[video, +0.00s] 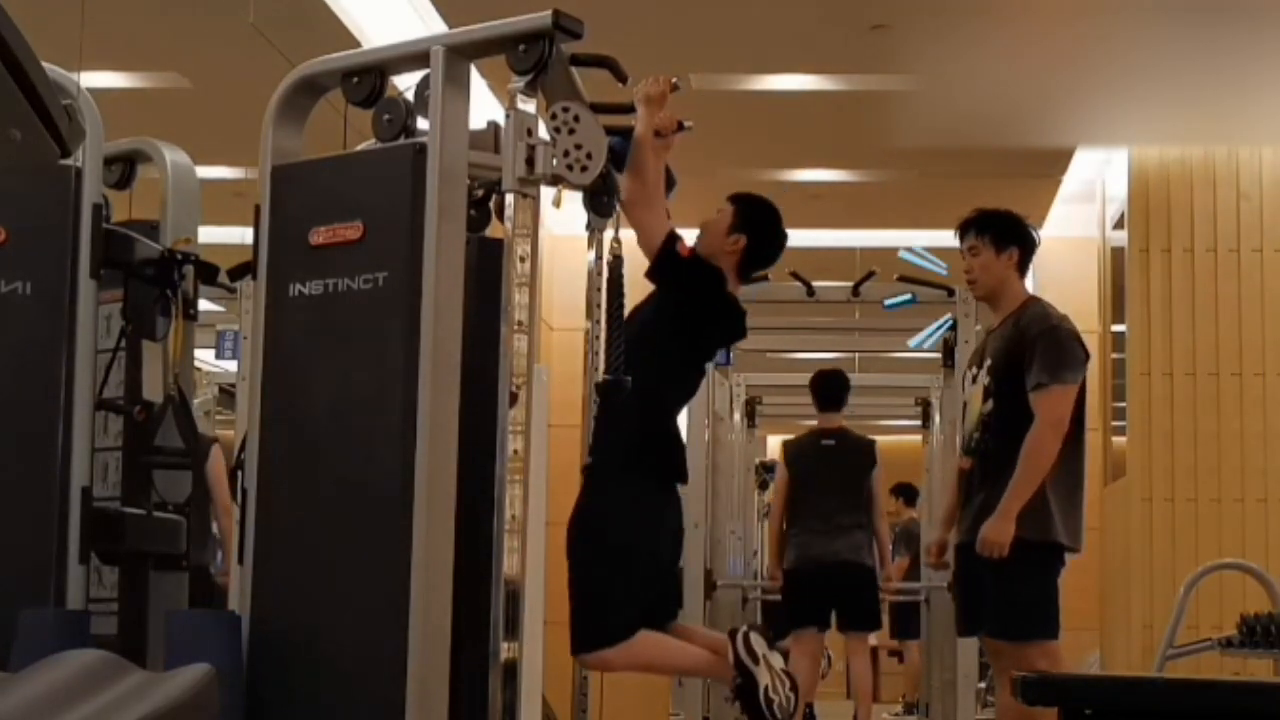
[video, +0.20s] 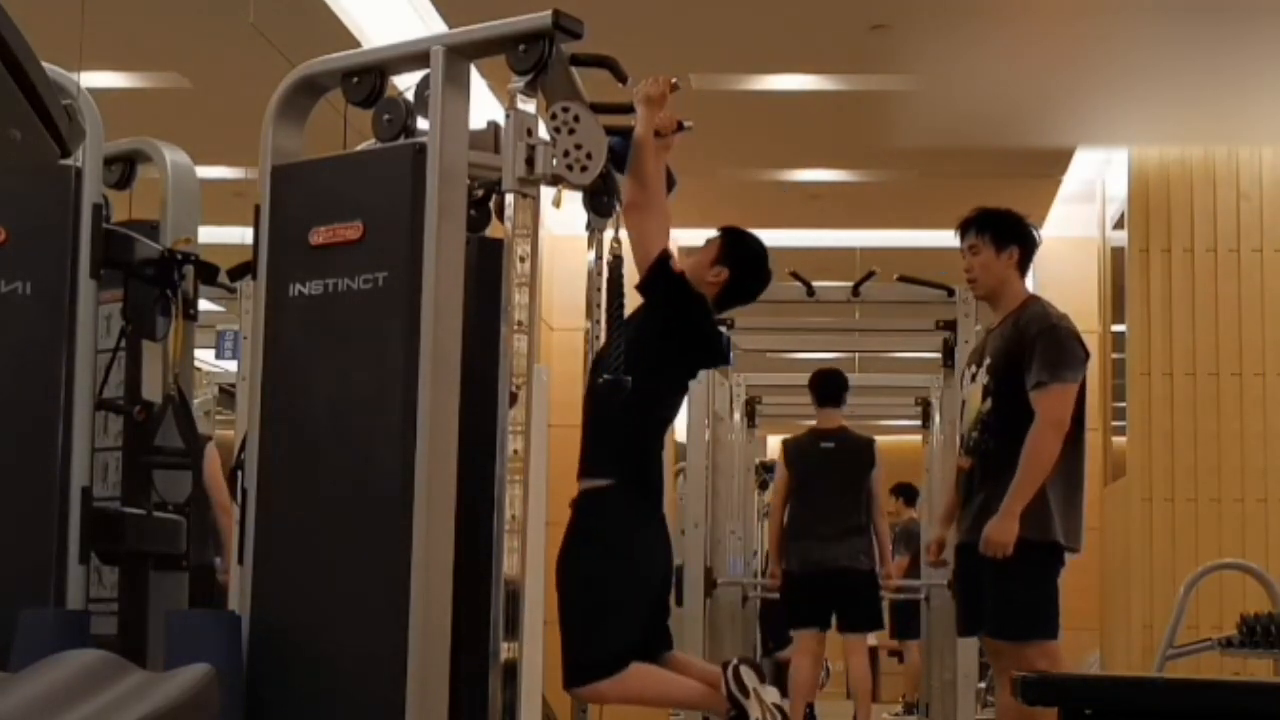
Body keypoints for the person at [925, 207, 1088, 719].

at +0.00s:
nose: (966, 267)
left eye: (975, 253)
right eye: (964, 256)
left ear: (1012, 257)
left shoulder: (1047, 330)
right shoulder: (994, 340)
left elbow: (1051, 428)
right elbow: (974, 445)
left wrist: (1005, 514)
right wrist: (947, 524)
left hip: (1029, 529)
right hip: (992, 529)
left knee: (1037, 673)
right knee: (1004, 667)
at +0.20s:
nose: (966, 266)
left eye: (975, 253)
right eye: (964, 255)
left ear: (1012, 255)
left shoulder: (1047, 328)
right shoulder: (993, 339)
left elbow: (1052, 426)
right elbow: (975, 440)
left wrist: (1009, 513)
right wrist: (946, 520)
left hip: (1029, 527)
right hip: (990, 528)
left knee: (1037, 669)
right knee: (1003, 664)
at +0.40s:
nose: (966, 264)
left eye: (976, 250)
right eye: (965, 252)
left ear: (1011, 253)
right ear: (999, 258)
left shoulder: (1046, 326)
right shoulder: (990, 341)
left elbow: (1053, 427)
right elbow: (969, 442)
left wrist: (1020, 513)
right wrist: (933, 522)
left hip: (1027, 530)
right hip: (987, 529)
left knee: (1038, 667)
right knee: (1003, 664)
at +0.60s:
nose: (966, 261)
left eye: (976, 248)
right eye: (965, 250)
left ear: (1012, 251)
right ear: (998, 255)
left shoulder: (1047, 325)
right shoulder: (989, 339)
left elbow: (1055, 424)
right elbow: (967, 439)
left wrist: (1020, 511)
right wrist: (927, 515)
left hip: (1029, 527)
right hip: (989, 526)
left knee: (1039, 667)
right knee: (1004, 661)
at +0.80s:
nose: (970, 256)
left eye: (981, 243)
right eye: (970, 245)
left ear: (1016, 249)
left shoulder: (1046, 324)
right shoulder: (991, 337)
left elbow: (1052, 422)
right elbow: (967, 438)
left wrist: (1011, 508)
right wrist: (925, 513)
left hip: (1030, 526)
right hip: (992, 524)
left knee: (1038, 667)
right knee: (1004, 660)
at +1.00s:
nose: (973, 255)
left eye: (984, 243)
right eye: (973, 245)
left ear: (1020, 249)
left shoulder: (1046, 324)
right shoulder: (995, 336)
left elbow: (1051, 421)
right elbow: (971, 438)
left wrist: (1006, 506)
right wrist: (931, 514)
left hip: (1031, 524)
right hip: (994, 523)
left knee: (1039, 664)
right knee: (1004, 659)